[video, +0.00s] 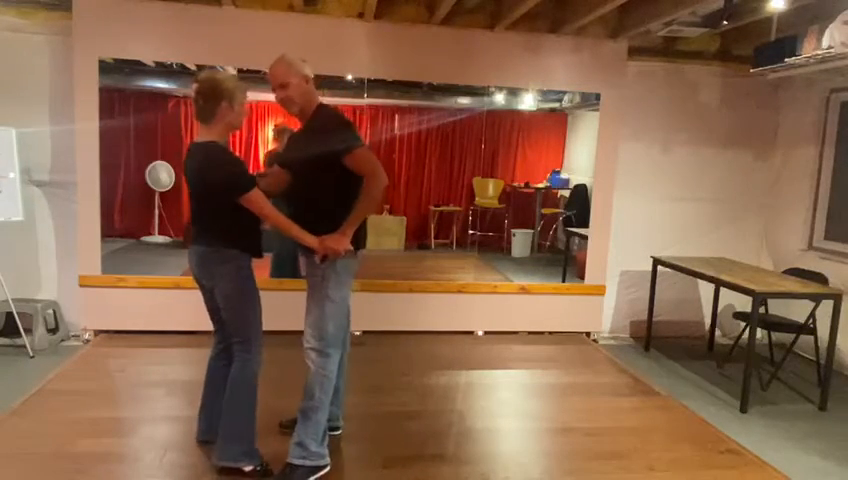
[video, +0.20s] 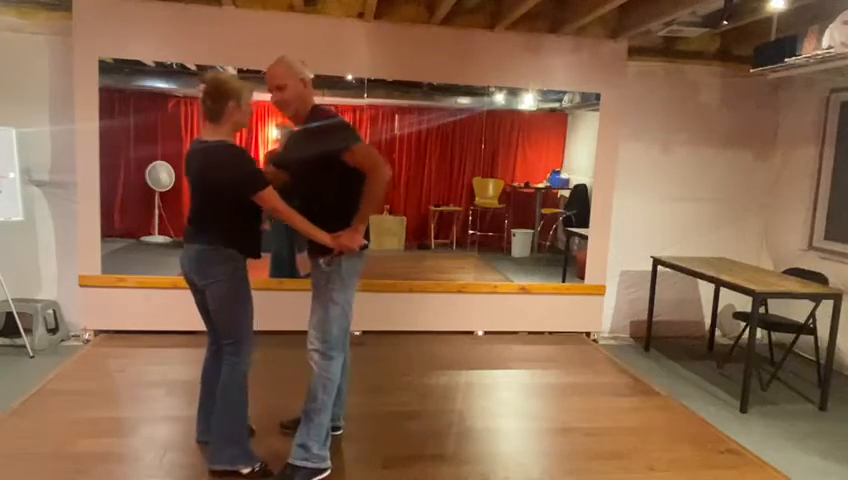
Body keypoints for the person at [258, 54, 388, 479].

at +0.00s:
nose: (278, 95)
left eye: (282, 86)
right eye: (274, 89)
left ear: (307, 80)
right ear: (284, 89)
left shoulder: (332, 125)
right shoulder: (301, 132)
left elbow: (377, 179)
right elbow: (281, 180)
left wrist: (346, 233)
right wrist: (243, 186)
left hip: (333, 252)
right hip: (315, 250)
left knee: (320, 347)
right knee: (329, 340)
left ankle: (310, 454)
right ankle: (328, 418)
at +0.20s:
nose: (275, 98)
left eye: (281, 88)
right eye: (271, 91)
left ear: (305, 84)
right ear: (276, 93)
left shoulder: (329, 126)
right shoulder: (298, 134)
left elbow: (380, 170)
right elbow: (281, 180)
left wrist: (358, 227)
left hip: (340, 251)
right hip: (323, 250)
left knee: (323, 348)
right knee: (331, 342)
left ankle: (312, 457)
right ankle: (329, 418)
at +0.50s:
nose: (281, 90)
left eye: (288, 82)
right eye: (277, 83)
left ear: (312, 82)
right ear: (276, 88)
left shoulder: (336, 120)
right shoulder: (292, 135)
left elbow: (390, 147)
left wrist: (383, 212)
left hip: (342, 250)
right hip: (317, 251)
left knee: (321, 350)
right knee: (312, 338)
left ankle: (313, 463)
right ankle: (323, 418)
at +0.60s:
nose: (283, 90)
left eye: (291, 83)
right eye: (279, 84)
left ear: (314, 84)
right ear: (279, 89)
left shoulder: (338, 120)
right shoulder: (292, 137)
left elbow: (391, 148)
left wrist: (384, 212)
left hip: (344, 251)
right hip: (316, 252)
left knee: (320, 349)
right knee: (299, 329)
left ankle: (314, 464)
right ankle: (322, 417)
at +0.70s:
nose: (284, 99)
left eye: (292, 91)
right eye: (281, 92)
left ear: (315, 91)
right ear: (282, 97)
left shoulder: (341, 127)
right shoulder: (292, 144)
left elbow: (393, 159)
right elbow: (253, 179)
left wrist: (381, 217)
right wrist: (189, 187)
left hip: (344, 255)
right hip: (315, 257)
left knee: (316, 351)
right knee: (291, 334)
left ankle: (314, 463)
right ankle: (321, 418)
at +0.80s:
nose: (291, 107)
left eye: (298, 100)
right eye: (286, 102)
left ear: (318, 97)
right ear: (282, 103)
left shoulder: (344, 135)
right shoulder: (289, 150)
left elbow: (393, 176)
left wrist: (373, 225)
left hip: (347, 258)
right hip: (315, 261)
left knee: (313, 350)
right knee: (286, 333)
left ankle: (314, 463)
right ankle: (320, 418)